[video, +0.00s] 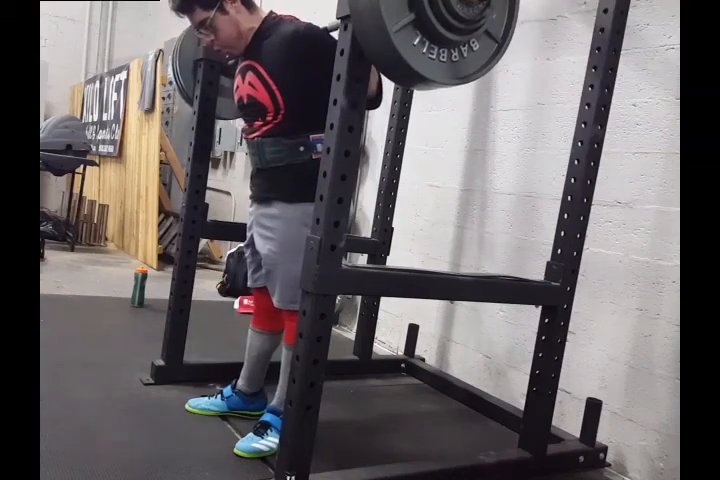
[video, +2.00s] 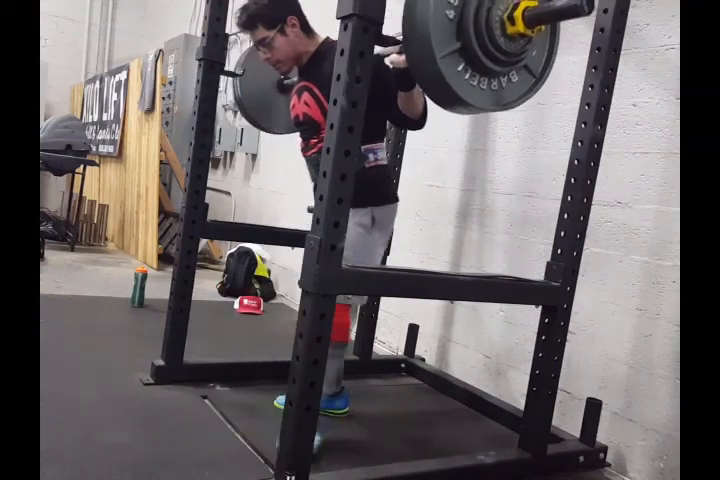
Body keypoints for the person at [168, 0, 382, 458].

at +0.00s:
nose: (210, 42)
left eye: (209, 27)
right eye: (201, 34)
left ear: (234, 6)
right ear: (233, 11)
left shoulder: (299, 40)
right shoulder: (246, 57)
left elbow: (370, 91)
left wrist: (359, 32)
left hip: (302, 208)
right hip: (266, 205)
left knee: (296, 314)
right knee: (264, 304)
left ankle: (283, 416)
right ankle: (247, 392)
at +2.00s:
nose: (265, 58)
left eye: (266, 46)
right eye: (259, 50)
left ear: (293, 26)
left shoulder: (353, 64)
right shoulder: (302, 79)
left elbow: (414, 118)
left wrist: (405, 75)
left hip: (365, 206)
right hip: (331, 204)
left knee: (333, 300)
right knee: (326, 298)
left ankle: (317, 401)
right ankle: (329, 389)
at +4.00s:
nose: (293, 53)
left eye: (298, 42)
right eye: (288, 44)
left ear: (330, 31)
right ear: (321, 36)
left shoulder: (390, 78)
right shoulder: (330, 83)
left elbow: (445, 129)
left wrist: (437, 85)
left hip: (389, 217)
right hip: (341, 213)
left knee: (388, 314)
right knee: (335, 301)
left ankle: (377, 424)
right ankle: (318, 379)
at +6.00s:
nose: (310, 31)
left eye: (317, 20)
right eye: (307, 22)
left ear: (348, 19)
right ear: (320, 25)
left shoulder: (387, 74)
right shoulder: (329, 78)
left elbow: (433, 135)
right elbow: (328, 139)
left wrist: (431, 87)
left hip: (377, 215)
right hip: (331, 212)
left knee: (377, 311)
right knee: (327, 301)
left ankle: (375, 424)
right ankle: (317, 379)